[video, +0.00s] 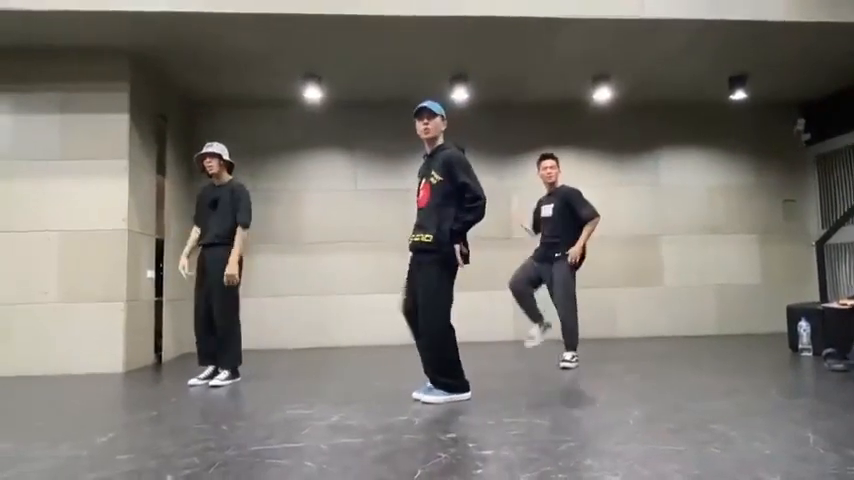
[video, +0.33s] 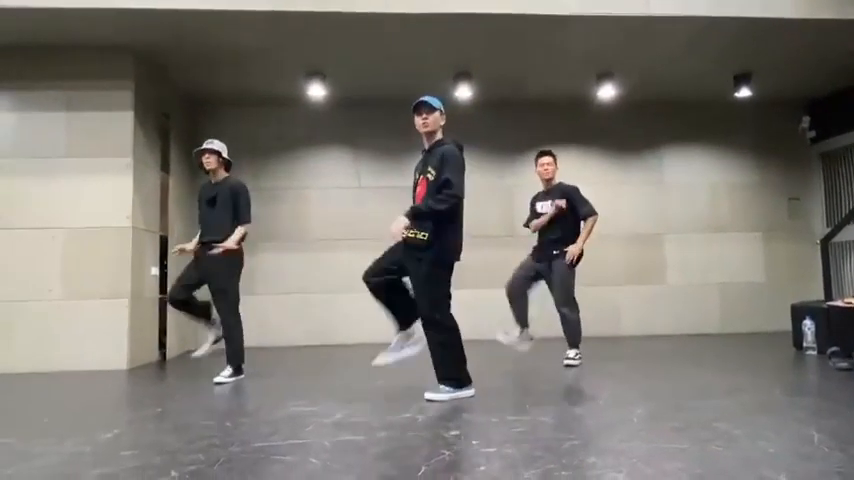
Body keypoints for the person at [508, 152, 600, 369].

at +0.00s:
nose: (549, 172)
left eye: (552, 167)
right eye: (545, 168)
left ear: (559, 170)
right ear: (539, 173)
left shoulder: (570, 194)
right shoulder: (542, 202)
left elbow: (593, 218)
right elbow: (539, 231)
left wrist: (579, 246)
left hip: (562, 258)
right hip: (541, 257)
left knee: (565, 305)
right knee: (517, 284)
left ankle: (570, 352)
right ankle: (540, 324)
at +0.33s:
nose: (546, 168)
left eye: (550, 164)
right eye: (542, 165)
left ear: (556, 168)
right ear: (536, 170)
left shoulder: (568, 192)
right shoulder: (537, 199)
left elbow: (592, 216)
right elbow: (533, 226)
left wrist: (579, 245)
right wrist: (551, 213)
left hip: (563, 254)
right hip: (540, 254)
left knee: (564, 301)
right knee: (514, 288)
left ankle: (573, 349)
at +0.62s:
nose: (539, 167)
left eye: (543, 163)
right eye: (535, 164)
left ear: (549, 168)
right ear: (530, 169)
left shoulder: (561, 194)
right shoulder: (524, 195)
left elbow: (583, 221)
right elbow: (518, 220)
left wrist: (571, 246)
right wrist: (541, 205)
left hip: (556, 256)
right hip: (531, 258)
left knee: (565, 303)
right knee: (521, 302)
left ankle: (577, 348)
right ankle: (517, 346)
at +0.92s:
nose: (515, 175)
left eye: (519, 171)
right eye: (511, 172)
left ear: (526, 173)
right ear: (506, 178)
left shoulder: (543, 196)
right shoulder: (509, 203)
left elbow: (561, 225)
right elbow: (507, 233)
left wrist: (553, 250)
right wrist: (519, 222)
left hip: (539, 256)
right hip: (517, 259)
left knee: (544, 301)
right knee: (507, 301)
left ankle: (574, 343)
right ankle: (513, 347)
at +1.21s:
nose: (509, 169)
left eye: (513, 165)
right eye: (506, 166)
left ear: (522, 168)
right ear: (502, 171)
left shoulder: (533, 184)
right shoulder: (505, 197)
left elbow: (549, 211)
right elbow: (505, 227)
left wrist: (542, 239)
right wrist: (508, 209)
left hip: (532, 246)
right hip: (514, 249)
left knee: (528, 295)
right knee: (508, 296)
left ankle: (564, 331)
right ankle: (515, 343)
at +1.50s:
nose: (516, 173)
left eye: (519, 168)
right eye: (512, 170)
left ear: (527, 171)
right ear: (508, 174)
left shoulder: (542, 190)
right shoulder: (512, 200)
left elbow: (563, 217)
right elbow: (514, 230)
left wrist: (555, 245)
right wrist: (518, 219)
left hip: (542, 253)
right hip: (520, 256)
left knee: (548, 297)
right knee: (510, 298)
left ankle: (574, 339)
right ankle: (516, 342)